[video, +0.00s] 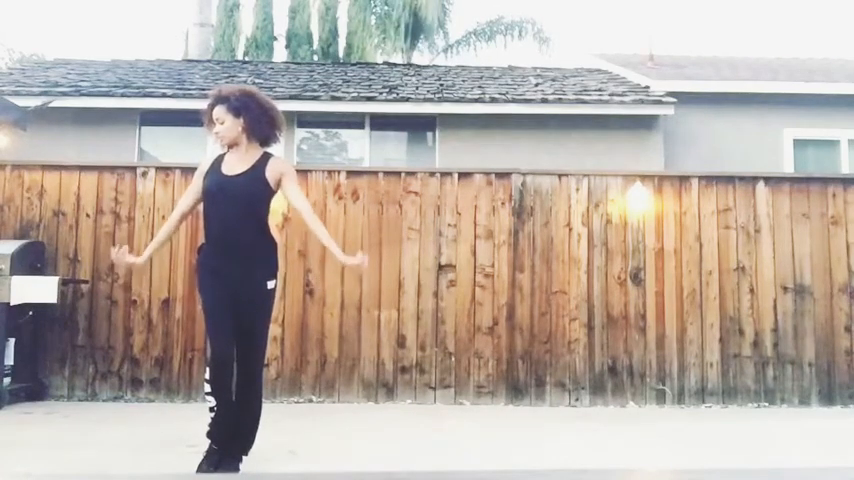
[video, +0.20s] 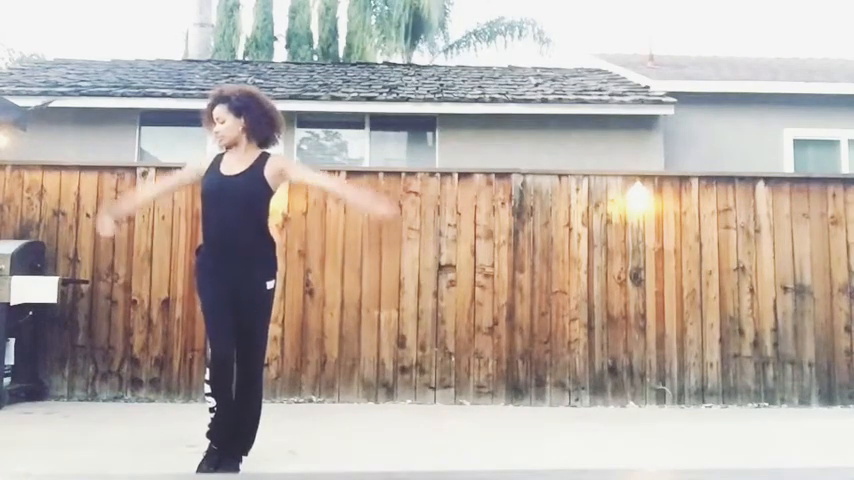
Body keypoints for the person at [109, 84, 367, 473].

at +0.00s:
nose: (215, 130)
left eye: (220, 122)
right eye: (213, 123)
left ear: (244, 120)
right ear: (221, 126)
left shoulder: (275, 165)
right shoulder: (213, 164)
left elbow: (305, 212)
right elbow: (179, 213)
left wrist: (341, 257)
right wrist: (143, 257)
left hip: (257, 273)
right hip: (214, 270)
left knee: (249, 363)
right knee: (221, 355)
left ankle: (237, 449)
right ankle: (220, 443)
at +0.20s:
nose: (215, 129)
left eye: (221, 121)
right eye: (213, 122)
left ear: (245, 121)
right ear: (214, 124)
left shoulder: (272, 163)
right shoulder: (211, 162)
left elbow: (328, 183)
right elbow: (161, 185)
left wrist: (372, 202)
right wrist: (115, 209)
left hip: (256, 273)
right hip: (212, 270)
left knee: (250, 362)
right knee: (221, 355)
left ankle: (236, 451)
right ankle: (218, 443)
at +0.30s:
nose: (219, 126)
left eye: (226, 118)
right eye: (216, 120)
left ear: (248, 120)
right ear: (214, 123)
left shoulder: (272, 159)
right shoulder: (215, 160)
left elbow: (324, 150)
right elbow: (172, 156)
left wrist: (362, 140)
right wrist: (135, 151)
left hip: (255, 271)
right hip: (212, 268)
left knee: (250, 360)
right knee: (220, 353)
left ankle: (235, 449)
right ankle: (219, 442)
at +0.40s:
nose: (224, 122)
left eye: (232, 116)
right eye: (220, 117)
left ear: (253, 119)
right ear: (216, 123)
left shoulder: (270, 157)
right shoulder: (210, 156)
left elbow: (312, 119)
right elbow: (164, 122)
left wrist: (353, 76)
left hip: (256, 270)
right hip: (213, 268)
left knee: (251, 361)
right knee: (221, 354)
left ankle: (237, 451)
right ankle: (218, 445)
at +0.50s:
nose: (230, 120)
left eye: (237, 114)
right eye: (224, 115)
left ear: (254, 121)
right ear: (217, 122)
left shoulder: (269, 158)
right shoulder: (208, 158)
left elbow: (299, 99)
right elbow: (176, 104)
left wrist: (309, 42)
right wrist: (193, 53)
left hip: (256, 269)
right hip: (212, 268)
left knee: (249, 362)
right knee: (220, 353)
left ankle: (237, 451)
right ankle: (218, 444)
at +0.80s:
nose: (234, 120)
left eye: (242, 115)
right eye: (228, 115)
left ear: (254, 122)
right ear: (218, 121)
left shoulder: (264, 156)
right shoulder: (207, 155)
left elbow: (273, 90)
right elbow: (197, 90)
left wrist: (243, 55)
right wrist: (241, 74)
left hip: (255, 267)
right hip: (212, 266)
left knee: (250, 360)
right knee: (221, 355)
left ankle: (238, 450)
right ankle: (218, 445)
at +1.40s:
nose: (254, 122)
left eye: (261, 116)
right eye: (247, 116)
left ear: (273, 123)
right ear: (236, 123)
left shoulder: (284, 156)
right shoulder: (226, 156)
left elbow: (288, 88)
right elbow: (204, 97)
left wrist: (243, 84)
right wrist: (234, 86)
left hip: (269, 273)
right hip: (226, 269)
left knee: (253, 360)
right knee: (210, 361)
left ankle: (275, 445)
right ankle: (212, 451)